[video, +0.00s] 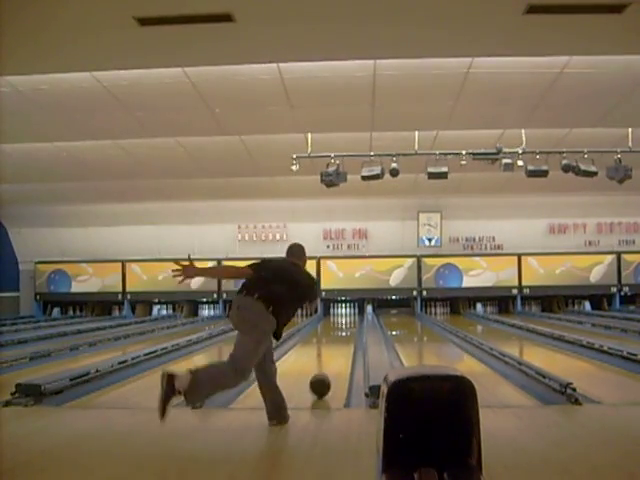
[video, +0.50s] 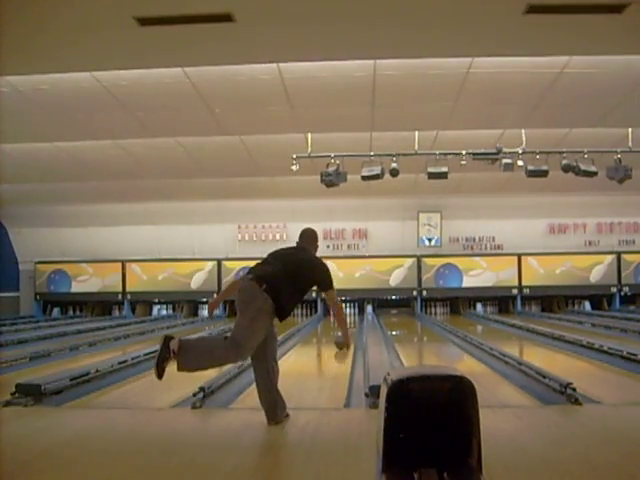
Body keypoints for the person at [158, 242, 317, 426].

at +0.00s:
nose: (301, 263)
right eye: (303, 259)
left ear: (287, 255)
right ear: (304, 260)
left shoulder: (272, 264)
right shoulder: (309, 282)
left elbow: (237, 272)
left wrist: (198, 271)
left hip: (239, 308)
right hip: (261, 319)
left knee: (266, 368)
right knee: (238, 370)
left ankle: (277, 415)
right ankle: (179, 383)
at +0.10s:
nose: (314, 259)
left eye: (311, 255)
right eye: (312, 256)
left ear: (293, 255)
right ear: (308, 258)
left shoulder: (276, 262)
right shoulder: (314, 273)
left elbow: (242, 272)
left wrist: (203, 277)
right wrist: (296, 238)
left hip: (246, 299)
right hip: (263, 308)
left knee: (264, 364)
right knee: (231, 358)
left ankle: (275, 414)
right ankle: (172, 362)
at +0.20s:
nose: (320, 253)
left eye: (318, 249)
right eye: (318, 250)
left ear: (296, 250)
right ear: (312, 251)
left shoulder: (277, 258)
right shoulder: (317, 263)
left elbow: (242, 274)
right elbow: (315, 249)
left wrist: (210, 289)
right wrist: (302, 235)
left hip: (248, 294)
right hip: (263, 301)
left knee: (263, 360)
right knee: (233, 351)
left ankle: (273, 412)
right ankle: (171, 351)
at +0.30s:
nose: (316, 248)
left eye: (313, 246)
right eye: (316, 246)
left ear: (297, 243)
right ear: (314, 246)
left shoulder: (281, 254)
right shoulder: (315, 261)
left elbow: (244, 276)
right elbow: (333, 273)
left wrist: (216, 295)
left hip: (247, 292)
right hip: (263, 299)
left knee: (264, 358)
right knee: (237, 351)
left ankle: (274, 412)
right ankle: (176, 349)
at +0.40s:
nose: (317, 248)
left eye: (315, 245)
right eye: (317, 245)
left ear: (298, 242)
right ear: (315, 244)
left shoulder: (281, 254)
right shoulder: (316, 261)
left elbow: (244, 279)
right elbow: (337, 291)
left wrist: (218, 299)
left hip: (246, 293)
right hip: (261, 298)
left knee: (265, 358)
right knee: (240, 350)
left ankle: (275, 413)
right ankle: (176, 350)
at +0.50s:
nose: (317, 248)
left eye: (314, 245)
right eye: (317, 245)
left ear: (299, 241)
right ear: (316, 245)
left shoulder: (282, 253)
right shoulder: (317, 265)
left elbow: (245, 278)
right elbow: (334, 305)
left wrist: (219, 298)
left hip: (246, 293)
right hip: (261, 300)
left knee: (265, 360)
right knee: (238, 349)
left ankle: (275, 413)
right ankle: (176, 348)